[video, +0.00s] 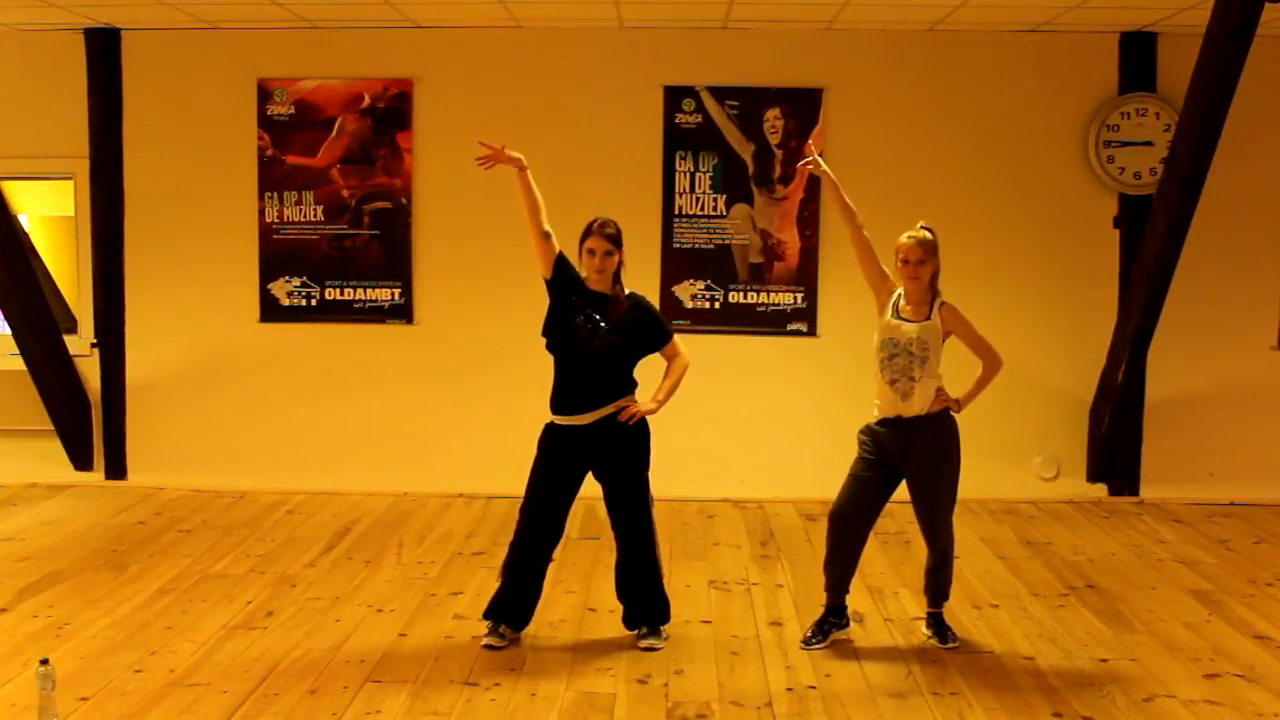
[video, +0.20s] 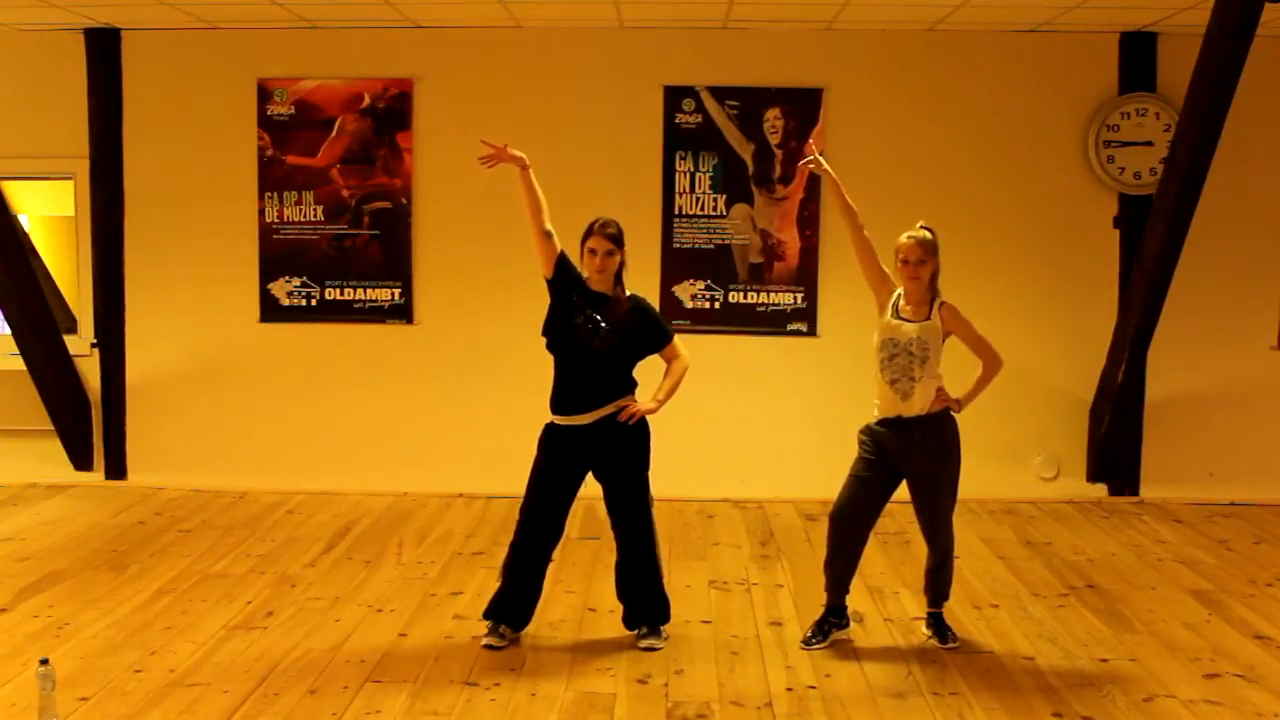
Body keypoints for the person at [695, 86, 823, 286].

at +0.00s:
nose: (771, 125)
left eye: (777, 119)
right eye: (766, 121)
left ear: (789, 124)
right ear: (762, 127)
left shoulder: (803, 156)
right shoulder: (753, 154)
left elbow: (825, 124)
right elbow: (723, 122)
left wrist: (829, 86)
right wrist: (701, 89)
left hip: (787, 242)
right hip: (757, 239)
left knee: (777, 305)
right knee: (739, 210)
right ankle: (743, 284)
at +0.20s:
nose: (771, 125)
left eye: (777, 119)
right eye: (766, 121)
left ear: (790, 124)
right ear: (762, 127)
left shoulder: (803, 156)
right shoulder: (753, 154)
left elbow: (825, 124)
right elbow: (723, 122)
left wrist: (829, 87)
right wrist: (701, 89)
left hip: (786, 243)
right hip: (757, 239)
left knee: (776, 305)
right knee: (739, 210)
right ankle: (743, 285)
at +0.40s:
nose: (771, 125)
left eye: (777, 119)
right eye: (766, 121)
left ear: (790, 124)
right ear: (762, 127)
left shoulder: (803, 156)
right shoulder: (753, 154)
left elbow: (825, 124)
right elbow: (723, 122)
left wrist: (830, 86)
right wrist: (701, 89)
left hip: (786, 243)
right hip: (757, 239)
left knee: (776, 306)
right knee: (739, 210)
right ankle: (743, 285)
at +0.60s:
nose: (771, 125)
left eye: (777, 119)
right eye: (766, 121)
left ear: (789, 124)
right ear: (762, 127)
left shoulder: (803, 156)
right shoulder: (753, 154)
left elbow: (825, 123)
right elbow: (723, 121)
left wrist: (830, 86)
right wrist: (701, 89)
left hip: (787, 243)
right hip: (757, 239)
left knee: (776, 305)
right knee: (739, 210)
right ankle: (743, 285)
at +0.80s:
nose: (771, 125)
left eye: (777, 119)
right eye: (766, 121)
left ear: (790, 124)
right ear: (762, 127)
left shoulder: (803, 156)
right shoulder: (753, 154)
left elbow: (825, 124)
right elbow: (723, 121)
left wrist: (829, 86)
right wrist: (701, 89)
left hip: (786, 242)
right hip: (757, 239)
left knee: (776, 306)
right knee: (739, 210)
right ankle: (743, 286)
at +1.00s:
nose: (771, 125)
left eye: (777, 119)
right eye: (766, 121)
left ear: (789, 124)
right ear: (762, 127)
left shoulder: (803, 156)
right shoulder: (753, 154)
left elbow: (824, 124)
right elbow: (723, 122)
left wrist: (829, 87)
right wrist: (701, 89)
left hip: (786, 242)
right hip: (757, 239)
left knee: (776, 305)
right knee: (739, 210)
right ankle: (743, 284)